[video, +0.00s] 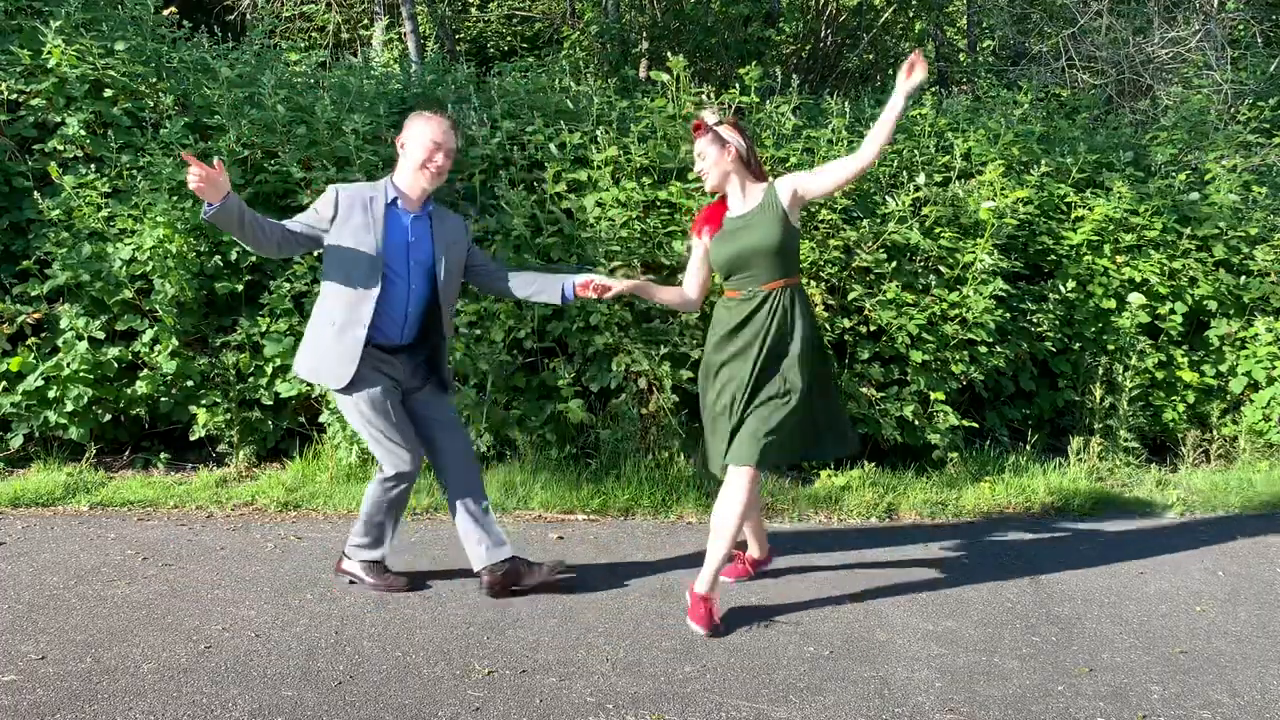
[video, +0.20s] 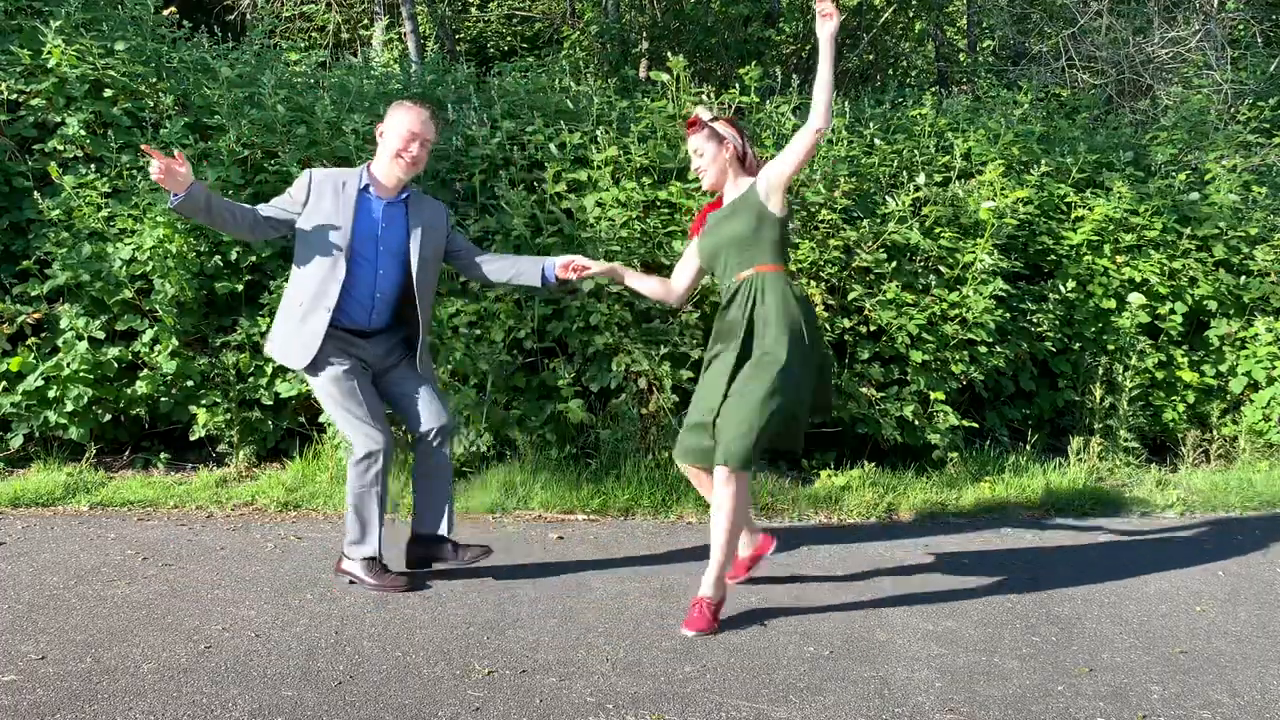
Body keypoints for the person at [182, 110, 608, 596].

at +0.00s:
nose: (442, 161)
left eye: (450, 154)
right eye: (433, 149)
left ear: (452, 163)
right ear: (401, 146)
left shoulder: (451, 228)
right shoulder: (346, 202)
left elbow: (500, 279)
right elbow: (279, 240)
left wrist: (572, 285)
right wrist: (225, 203)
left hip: (417, 364)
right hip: (354, 360)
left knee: (458, 455)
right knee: (401, 462)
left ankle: (498, 566)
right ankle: (361, 559)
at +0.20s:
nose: (416, 151)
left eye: (425, 144)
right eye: (408, 139)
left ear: (429, 153)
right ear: (379, 137)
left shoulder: (432, 215)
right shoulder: (321, 188)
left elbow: (479, 265)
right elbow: (255, 222)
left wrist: (551, 268)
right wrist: (190, 192)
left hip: (392, 346)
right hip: (327, 342)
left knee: (436, 426)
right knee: (371, 440)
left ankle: (429, 542)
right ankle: (360, 558)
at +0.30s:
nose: (407, 149)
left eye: (416, 141)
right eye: (399, 137)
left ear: (421, 150)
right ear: (370, 136)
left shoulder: (425, 213)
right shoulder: (314, 187)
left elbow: (473, 264)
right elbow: (249, 222)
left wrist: (543, 270)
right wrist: (182, 192)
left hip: (385, 346)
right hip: (320, 340)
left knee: (415, 430)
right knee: (363, 436)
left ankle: (379, 528)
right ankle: (357, 558)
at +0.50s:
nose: (394, 154)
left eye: (403, 147)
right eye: (386, 142)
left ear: (409, 155)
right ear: (359, 141)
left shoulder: (416, 217)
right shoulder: (305, 194)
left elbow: (460, 271)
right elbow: (242, 232)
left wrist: (526, 280)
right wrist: (174, 209)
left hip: (370, 350)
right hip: (312, 343)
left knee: (376, 451)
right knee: (360, 440)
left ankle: (277, 481)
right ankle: (360, 559)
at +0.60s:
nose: (390, 149)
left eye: (400, 142)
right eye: (382, 138)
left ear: (408, 152)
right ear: (359, 138)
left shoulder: (414, 212)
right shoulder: (307, 188)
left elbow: (452, 265)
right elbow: (247, 226)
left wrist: (514, 275)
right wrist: (177, 212)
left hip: (365, 342)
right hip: (311, 334)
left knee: (342, 445)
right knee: (356, 435)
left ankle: (245, 493)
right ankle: (357, 558)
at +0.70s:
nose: (389, 151)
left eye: (400, 143)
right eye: (381, 139)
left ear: (411, 152)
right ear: (360, 139)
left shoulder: (415, 211)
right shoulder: (312, 189)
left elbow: (448, 265)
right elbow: (249, 227)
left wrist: (502, 272)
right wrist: (185, 218)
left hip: (360, 342)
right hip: (312, 334)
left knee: (308, 440)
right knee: (366, 429)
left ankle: (229, 512)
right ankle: (357, 552)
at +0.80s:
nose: (394, 160)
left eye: (405, 153)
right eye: (386, 149)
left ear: (415, 161)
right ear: (366, 149)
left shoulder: (419, 216)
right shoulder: (318, 201)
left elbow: (442, 279)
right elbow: (258, 242)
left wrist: (486, 283)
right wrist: (198, 235)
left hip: (363, 348)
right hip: (320, 342)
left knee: (296, 439)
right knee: (383, 431)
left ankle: (218, 515)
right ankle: (366, 548)